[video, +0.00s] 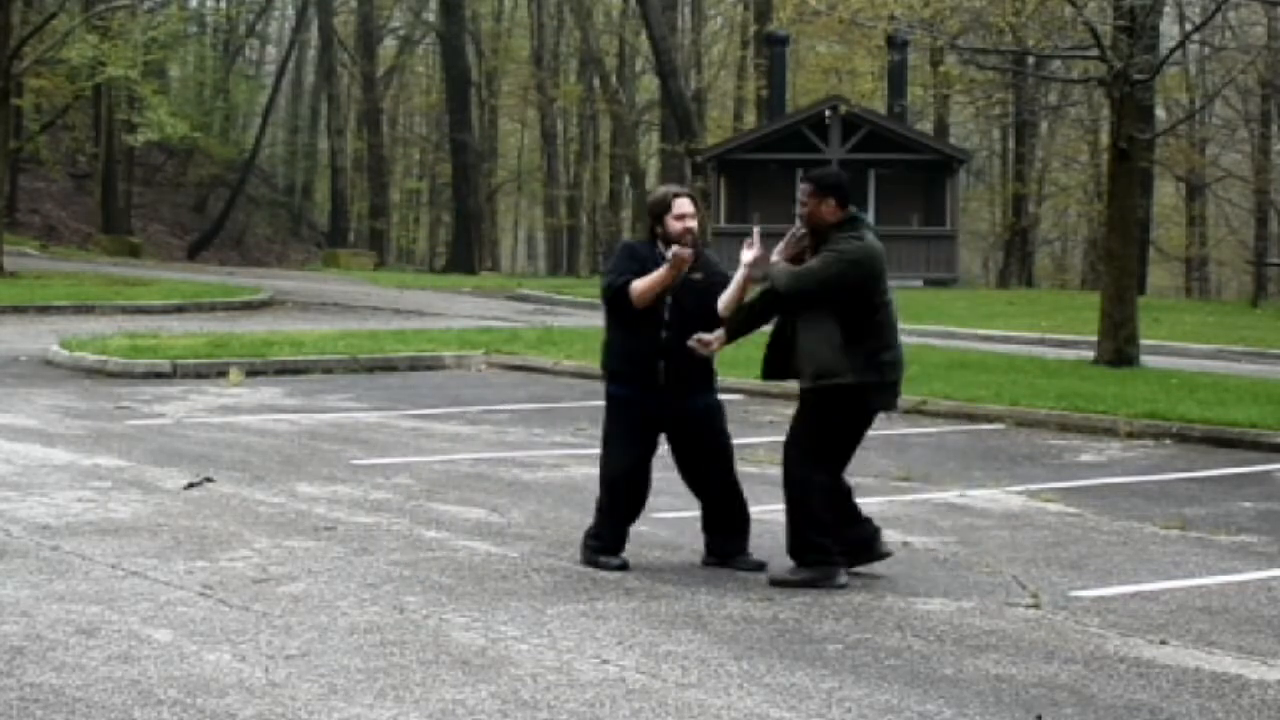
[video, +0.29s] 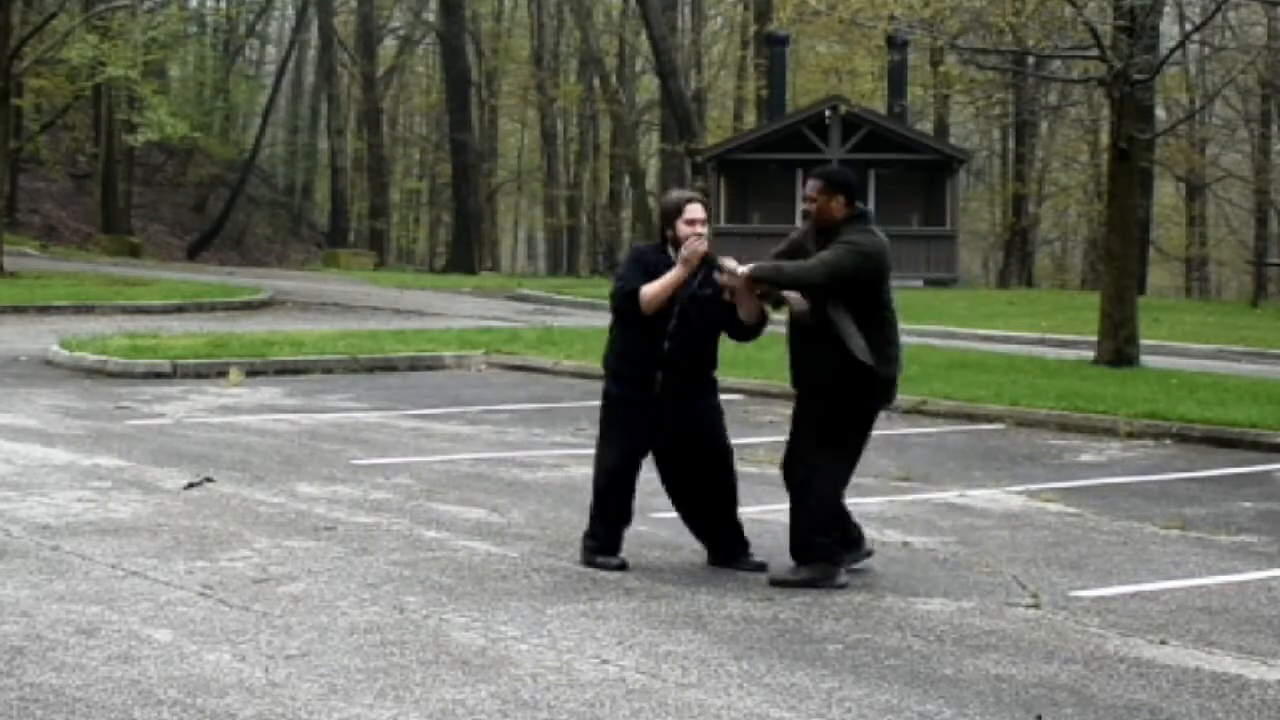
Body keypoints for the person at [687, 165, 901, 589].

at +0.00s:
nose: (800, 211)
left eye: (807, 203)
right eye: (800, 202)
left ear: (834, 206)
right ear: (827, 207)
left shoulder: (857, 250)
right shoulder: (816, 245)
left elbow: (795, 287)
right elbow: (772, 295)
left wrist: (775, 265)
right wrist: (724, 334)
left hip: (856, 379)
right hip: (830, 376)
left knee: (806, 459)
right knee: (811, 461)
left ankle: (820, 564)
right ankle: (859, 541)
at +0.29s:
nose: (807, 208)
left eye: (815, 201)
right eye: (807, 201)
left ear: (842, 203)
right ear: (818, 203)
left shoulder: (864, 244)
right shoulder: (811, 236)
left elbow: (814, 273)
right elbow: (778, 270)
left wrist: (750, 273)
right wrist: (759, 287)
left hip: (858, 379)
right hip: (821, 375)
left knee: (817, 469)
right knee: (799, 466)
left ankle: (820, 562)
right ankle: (846, 542)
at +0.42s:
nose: (813, 204)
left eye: (820, 197)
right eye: (812, 196)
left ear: (848, 199)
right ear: (828, 199)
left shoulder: (873, 241)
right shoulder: (819, 234)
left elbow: (845, 286)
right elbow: (792, 275)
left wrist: (792, 303)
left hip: (867, 368)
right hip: (830, 366)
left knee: (836, 460)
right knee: (821, 456)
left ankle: (828, 558)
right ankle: (853, 546)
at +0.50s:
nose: (820, 202)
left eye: (828, 196)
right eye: (819, 195)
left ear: (855, 198)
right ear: (825, 197)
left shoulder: (881, 243)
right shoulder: (822, 227)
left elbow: (867, 303)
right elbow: (777, 244)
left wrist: (809, 316)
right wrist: (756, 221)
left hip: (876, 371)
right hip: (835, 365)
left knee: (842, 460)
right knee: (820, 460)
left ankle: (856, 557)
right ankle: (839, 554)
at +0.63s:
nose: (838, 203)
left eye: (845, 196)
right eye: (837, 195)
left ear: (871, 197)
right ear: (851, 197)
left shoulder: (900, 249)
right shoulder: (835, 225)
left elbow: (883, 313)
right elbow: (786, 232)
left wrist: (825, 306)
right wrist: (759, 196)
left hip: (883, 370)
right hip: (838, 365)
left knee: (856, 454)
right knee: (828, 458)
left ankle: (900, 537)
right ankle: (847, 550)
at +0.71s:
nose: (850, 201)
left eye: (858, 195)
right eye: (849, 193)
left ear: (884, 197)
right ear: (856, 194)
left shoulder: (908, 247)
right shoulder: (846, 221)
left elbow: (888, 305)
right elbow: (804, 227)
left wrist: (825, 295)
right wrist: (778, 202)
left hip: (891, 370)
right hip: (844, 363)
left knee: (878, 457)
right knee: (831, 461)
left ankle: (915, 532)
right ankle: (850, 550)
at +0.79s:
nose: (860, 199)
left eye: (868, 194)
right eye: (859, 191)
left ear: (894, 197)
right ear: (861, 192)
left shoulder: (913, 245)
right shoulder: (851, 219)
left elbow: (892, 298)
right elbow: (817, 230)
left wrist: (829, 295)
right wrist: (790, 222)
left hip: (898, 369)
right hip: (848, 361)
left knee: (902, 462)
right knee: (837, 459)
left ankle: (911, 540)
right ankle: (850, 549)